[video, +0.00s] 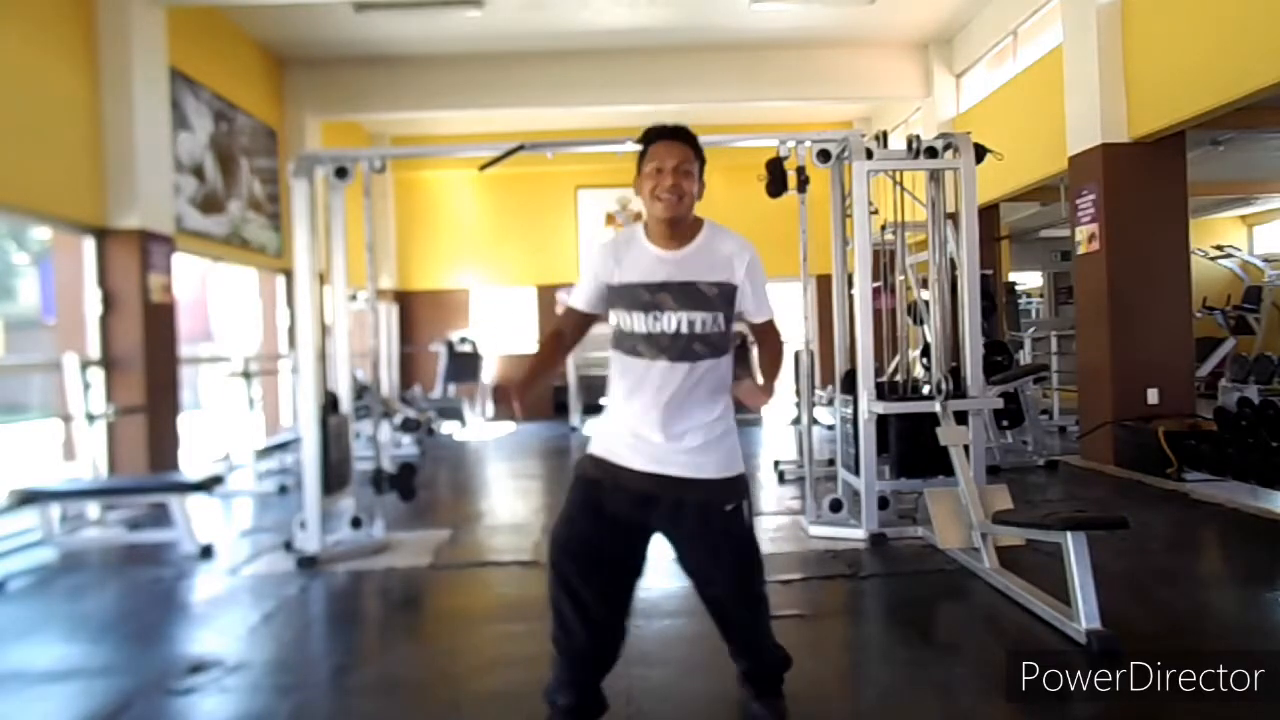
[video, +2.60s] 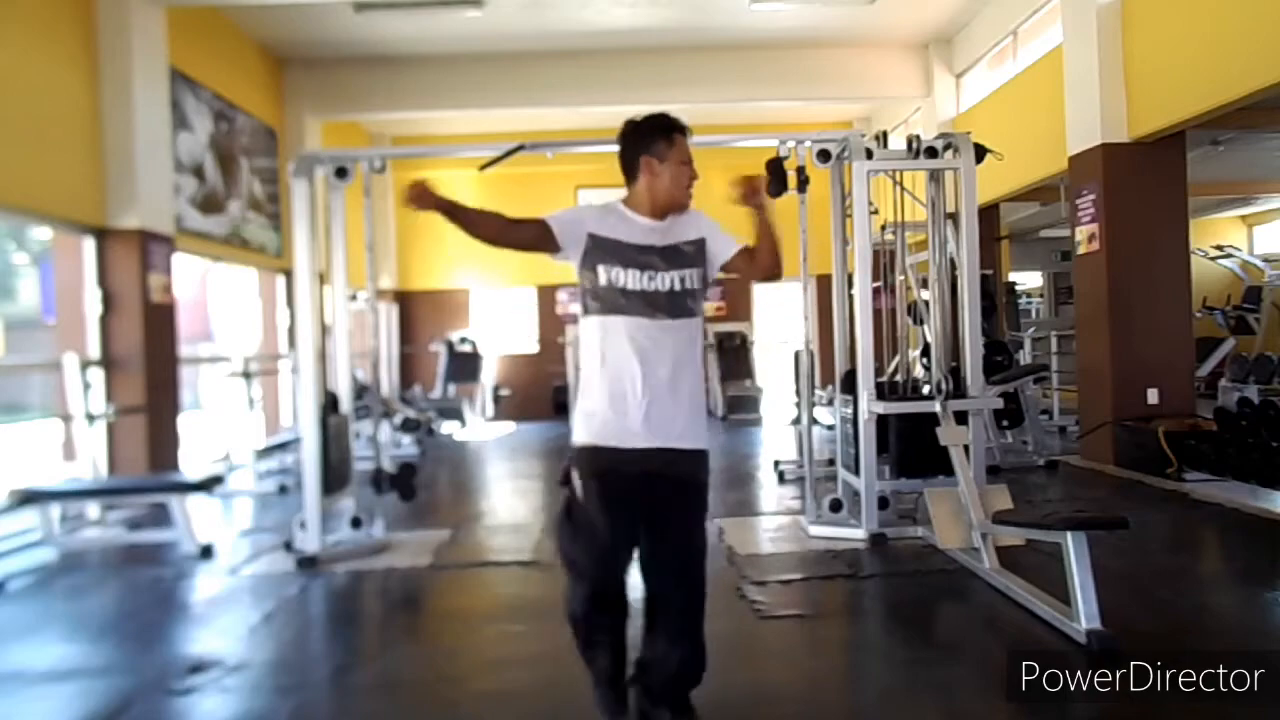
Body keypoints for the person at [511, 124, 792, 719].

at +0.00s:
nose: (670, 182)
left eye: (682, 171)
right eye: (657, 170)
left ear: (701, 182)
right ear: (638, 183)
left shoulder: (734, 255)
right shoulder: (612, 256)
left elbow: (766, 334)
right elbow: (568, 329)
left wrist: (765, 385)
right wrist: (524, 380)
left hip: (706, 457)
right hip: (620, 449)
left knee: (735, 586)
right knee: (576, 561)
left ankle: (765, 685)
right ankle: (575, 698)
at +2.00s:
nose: (654, 177)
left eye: (664, 166)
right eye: (640, 169)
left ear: (682, 179)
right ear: (620, 186)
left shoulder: (716, 249)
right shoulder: (600, 259)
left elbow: (737, 334)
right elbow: (556, 340)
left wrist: (729, 390)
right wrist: (514, 414)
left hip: (696, 452)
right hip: (611, 447)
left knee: (715, 584)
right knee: (558, 555)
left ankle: (710, 698)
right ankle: (564, 686)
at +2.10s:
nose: (653, 156)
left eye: (663, 146)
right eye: (639, 149)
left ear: (682, 160)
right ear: (621, 167)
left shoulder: (714, 229)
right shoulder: (599, 236)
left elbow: (742, 311)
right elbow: (554, 309)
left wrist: (738, 371)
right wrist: (502, 360)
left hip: (690, 440)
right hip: (606, 433)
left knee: (692, 608)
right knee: (561, 584)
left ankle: (710, 704)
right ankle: (593, 659)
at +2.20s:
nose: (651, 150)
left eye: (661, 139)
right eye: (637, 142)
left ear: (679, 152)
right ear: (618, 157)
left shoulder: (705, 221)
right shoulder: (587, 222)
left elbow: (756, 284)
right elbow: (533, 281)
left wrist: (799, 339)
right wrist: (526, 284)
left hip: (684, 431)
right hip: (603, 431)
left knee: (685, 572)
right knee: (604, 572)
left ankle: (686, 699)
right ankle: (614, 696)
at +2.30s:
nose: (655, 162)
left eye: (665, 152)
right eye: (641, 152)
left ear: (677, 163)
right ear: (616, 163)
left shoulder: (705, 232)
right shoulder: (586, 233)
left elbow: (782, 275)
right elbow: (501, 273)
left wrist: (861, 300)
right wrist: (557, 239)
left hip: (684, 453)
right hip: (605, 452)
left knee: (679, 600)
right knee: (616, 606)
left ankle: (676, 704)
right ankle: (618, 706)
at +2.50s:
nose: (694, 180)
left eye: (693, 170)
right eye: (684, 170)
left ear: (663, 172)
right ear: (646, 172)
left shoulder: (707, 233)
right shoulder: (589, 230)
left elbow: (780, 242)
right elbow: (509, 246)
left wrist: (831, 220)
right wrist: (500, 214)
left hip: (683, 444)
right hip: (602, 432)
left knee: (677, 603)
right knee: (557, 539)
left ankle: (677, 703)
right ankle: (603, 611)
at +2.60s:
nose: (692, 176)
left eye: (692, 165)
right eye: (683, 165)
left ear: (668, 168)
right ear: (645, 167)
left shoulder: (698, 230)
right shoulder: (589, 223)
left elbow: (765, 267)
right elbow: (511, 233)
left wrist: (760, 209)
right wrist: (444, 205)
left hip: (680, 440)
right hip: (605, 439)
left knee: (678, 586)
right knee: (593, 586)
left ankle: (668, 701)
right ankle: (612, 698)